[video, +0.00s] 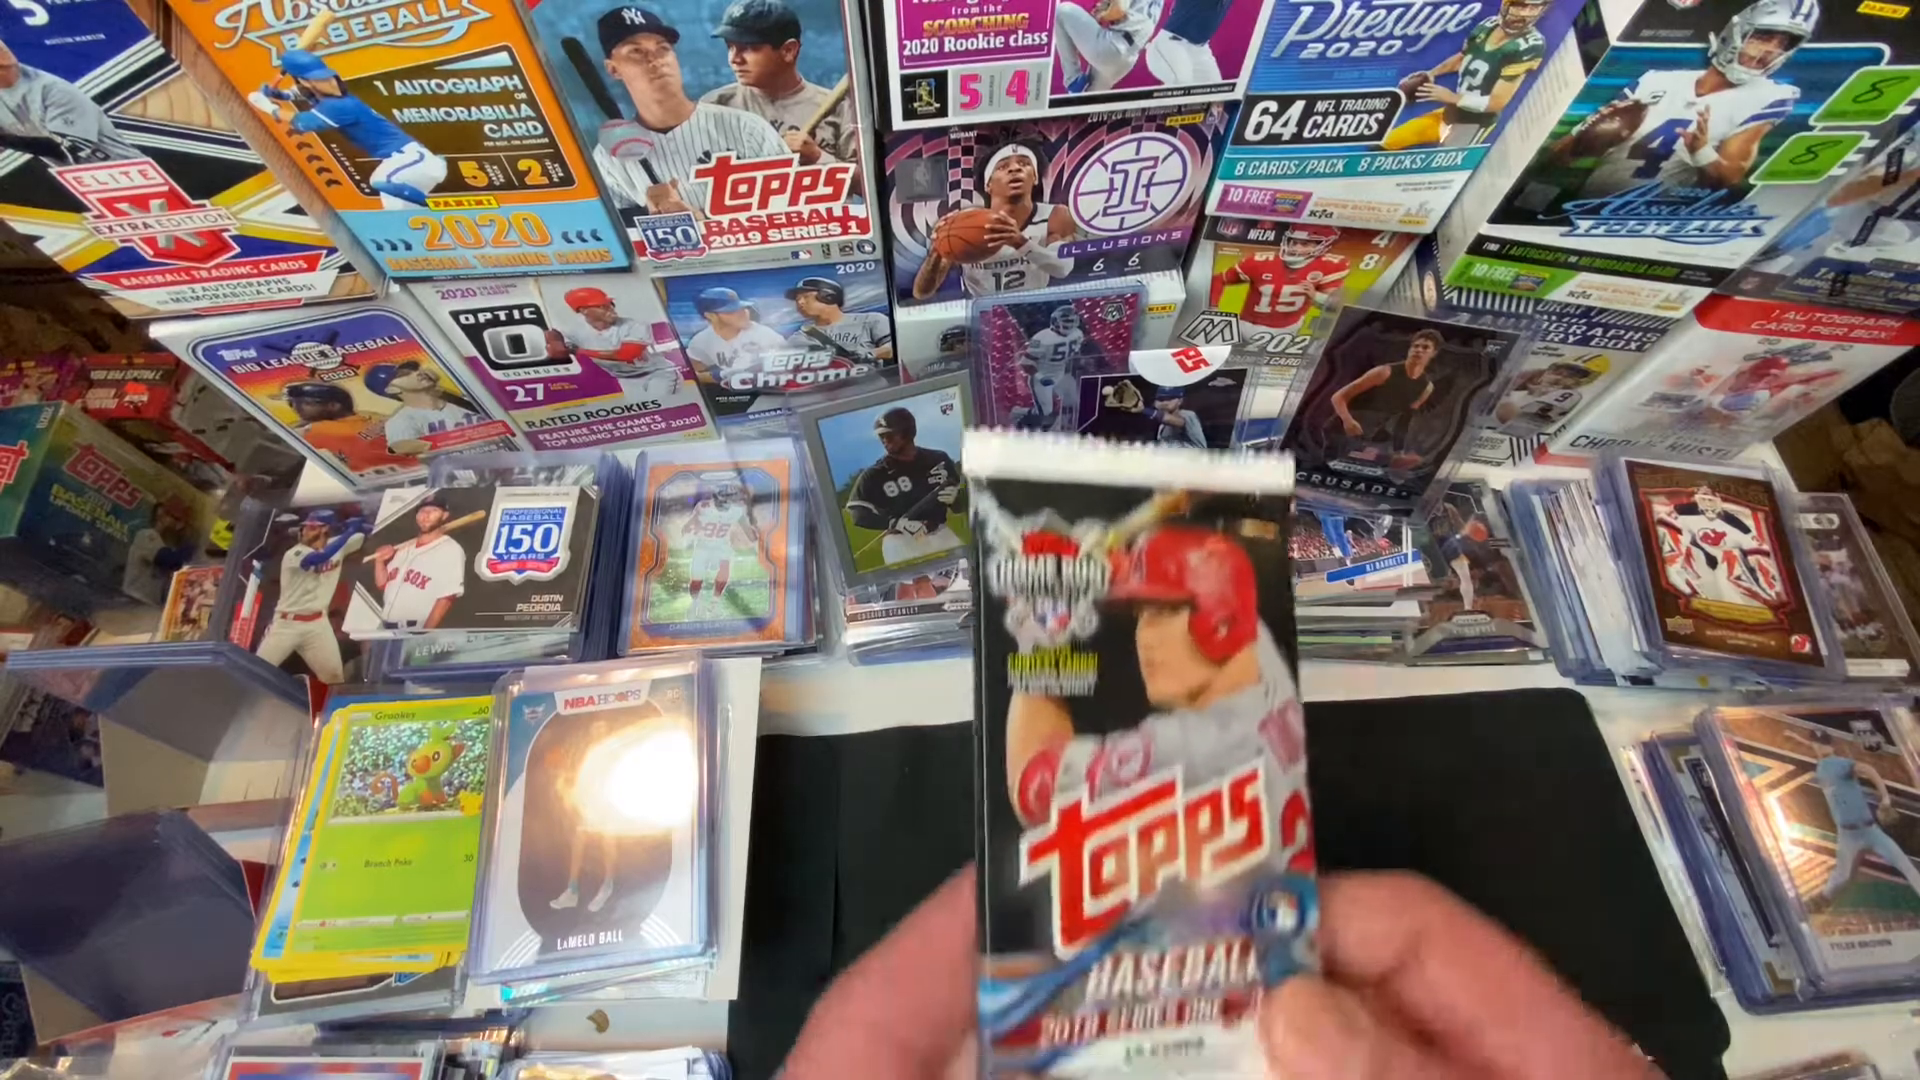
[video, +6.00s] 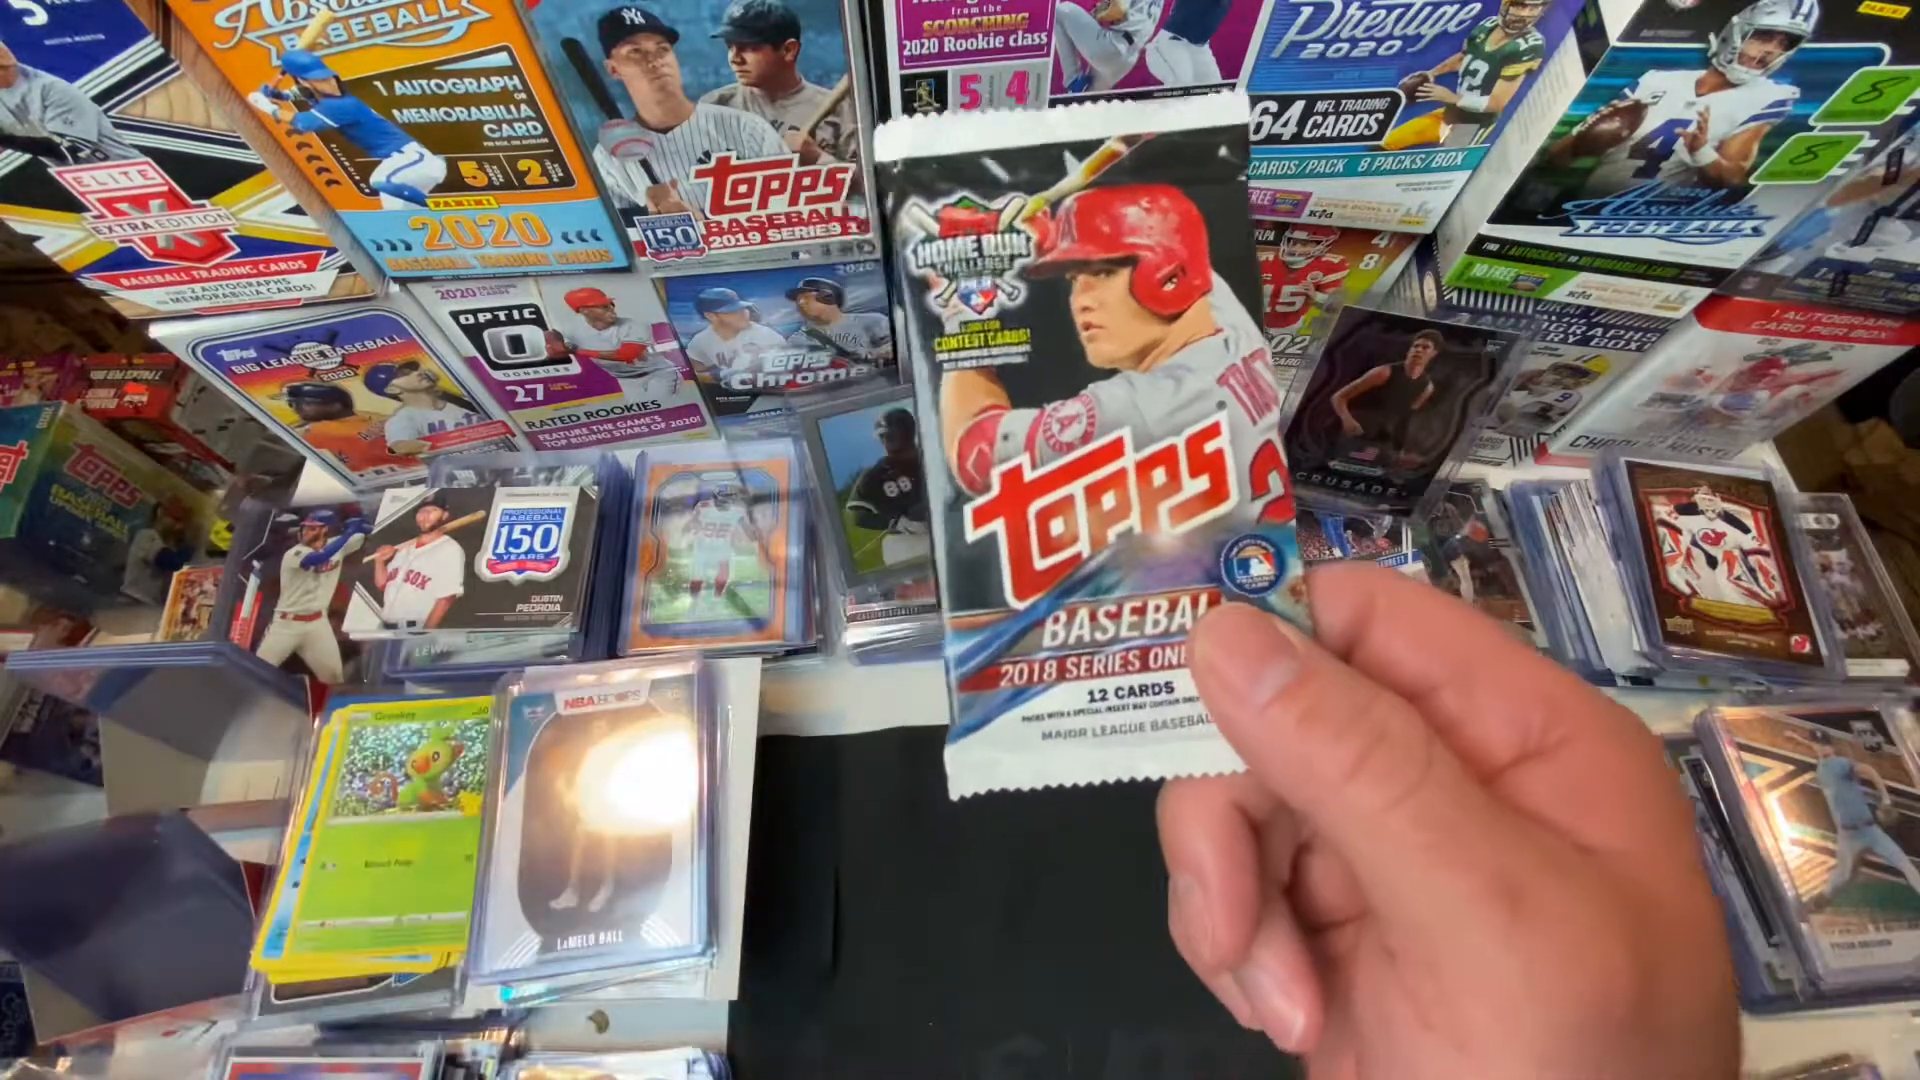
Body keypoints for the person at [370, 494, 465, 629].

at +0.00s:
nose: (425, 516)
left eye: (432, 511)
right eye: (422, 511)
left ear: (445, 515)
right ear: (416, 515)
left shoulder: (451, 550)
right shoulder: (405, 548)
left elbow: (446, 598)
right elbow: (382, 585)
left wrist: (425, 634)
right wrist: (380, 561)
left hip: (416, 631)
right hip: (386, 627)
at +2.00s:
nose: (425, 517)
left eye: (431, 511)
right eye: (421, 511)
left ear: (445, 516)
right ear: (416, 516)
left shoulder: (451, 550)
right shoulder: (405, 548)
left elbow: (446, 598)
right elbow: (382, 585)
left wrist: (426, 634)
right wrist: (379, 562)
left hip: (416, 632)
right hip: (386, 627)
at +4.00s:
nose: (425, 516)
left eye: (432, 511)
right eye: (422, 511)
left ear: (445, 515)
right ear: (416, 515)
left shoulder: (450, 550)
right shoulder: (406, 548)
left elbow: (447, 598)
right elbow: (382, 585)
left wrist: (425, 634)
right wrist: (379, 561)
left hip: (416, 631)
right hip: (386, 627)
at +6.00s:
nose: (425, 517)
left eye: (432, 511)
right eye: (422, 511)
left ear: (444, 515)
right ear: (416, 516)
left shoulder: (451, 549)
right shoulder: (405, 548)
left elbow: (446, 598)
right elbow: (381, 584)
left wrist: (425, 633)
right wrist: (379, 561)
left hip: (416, 630)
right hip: (387, 627)